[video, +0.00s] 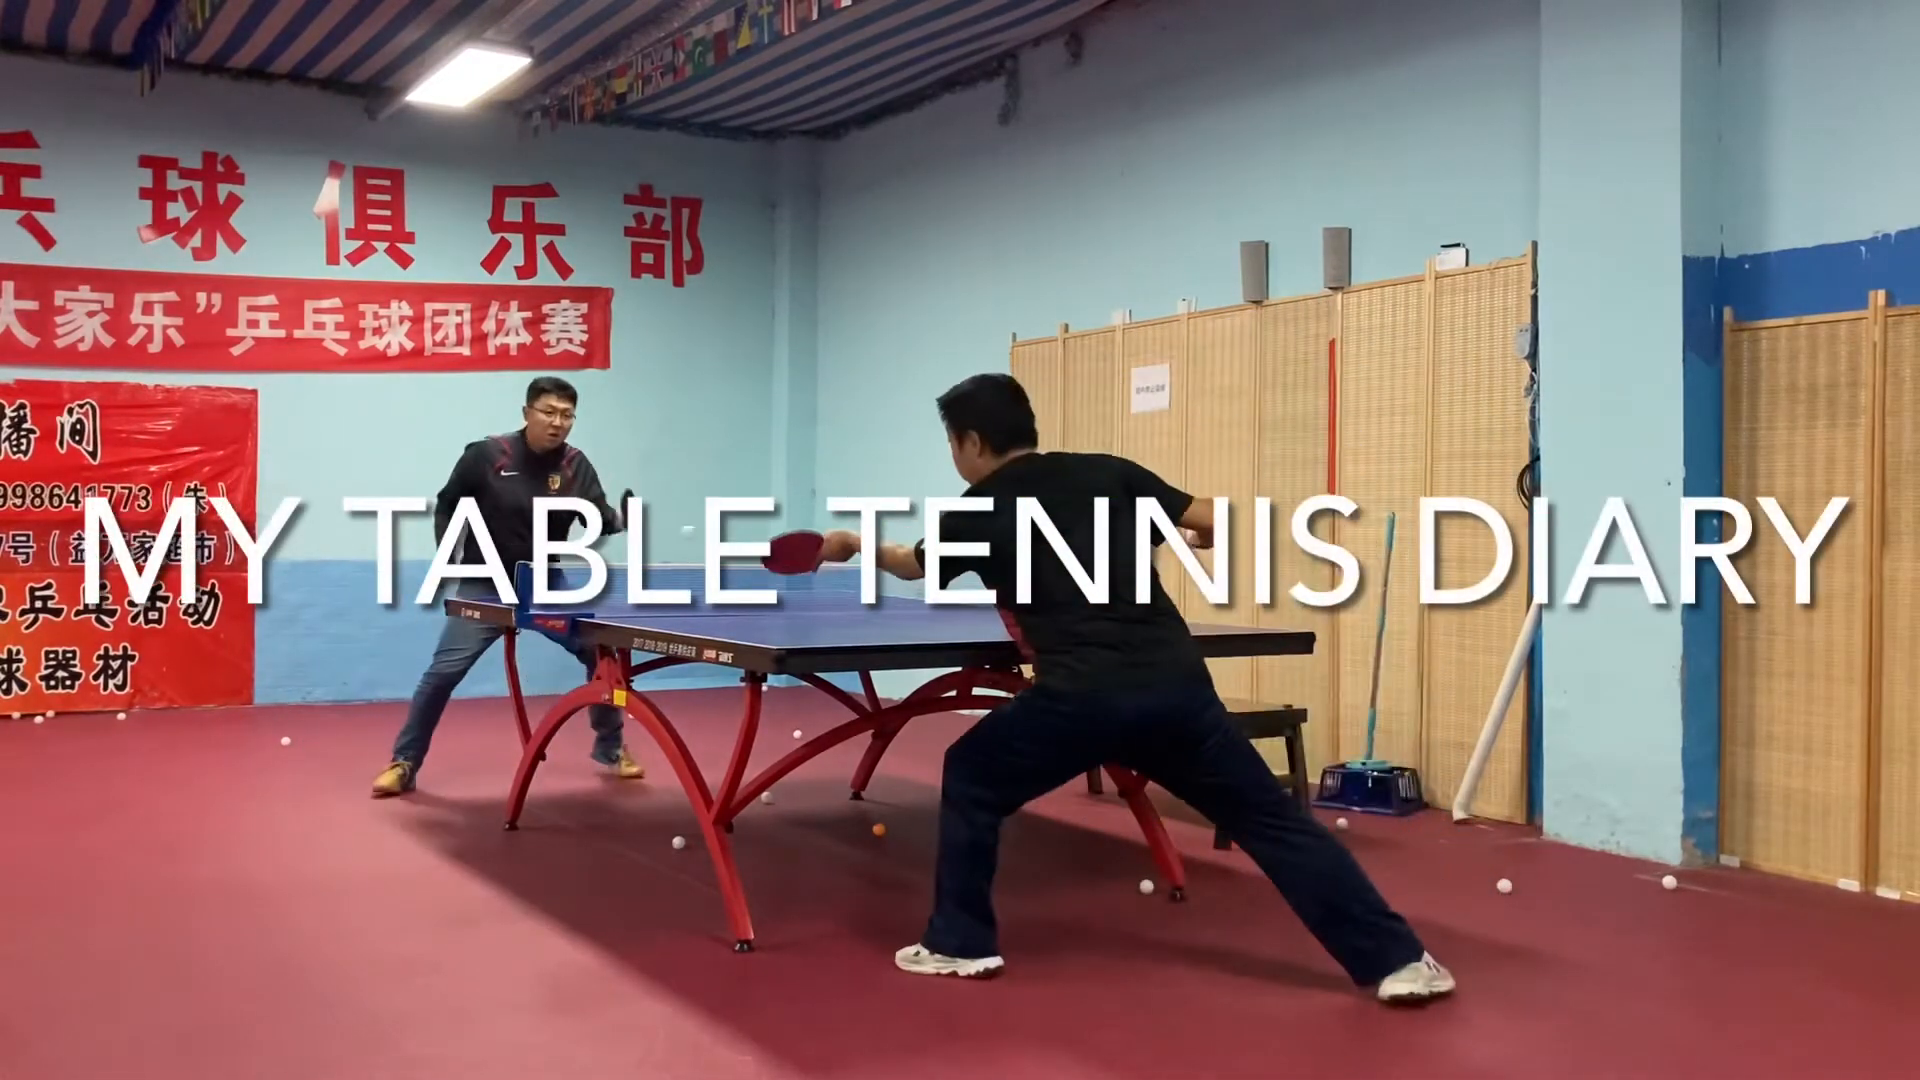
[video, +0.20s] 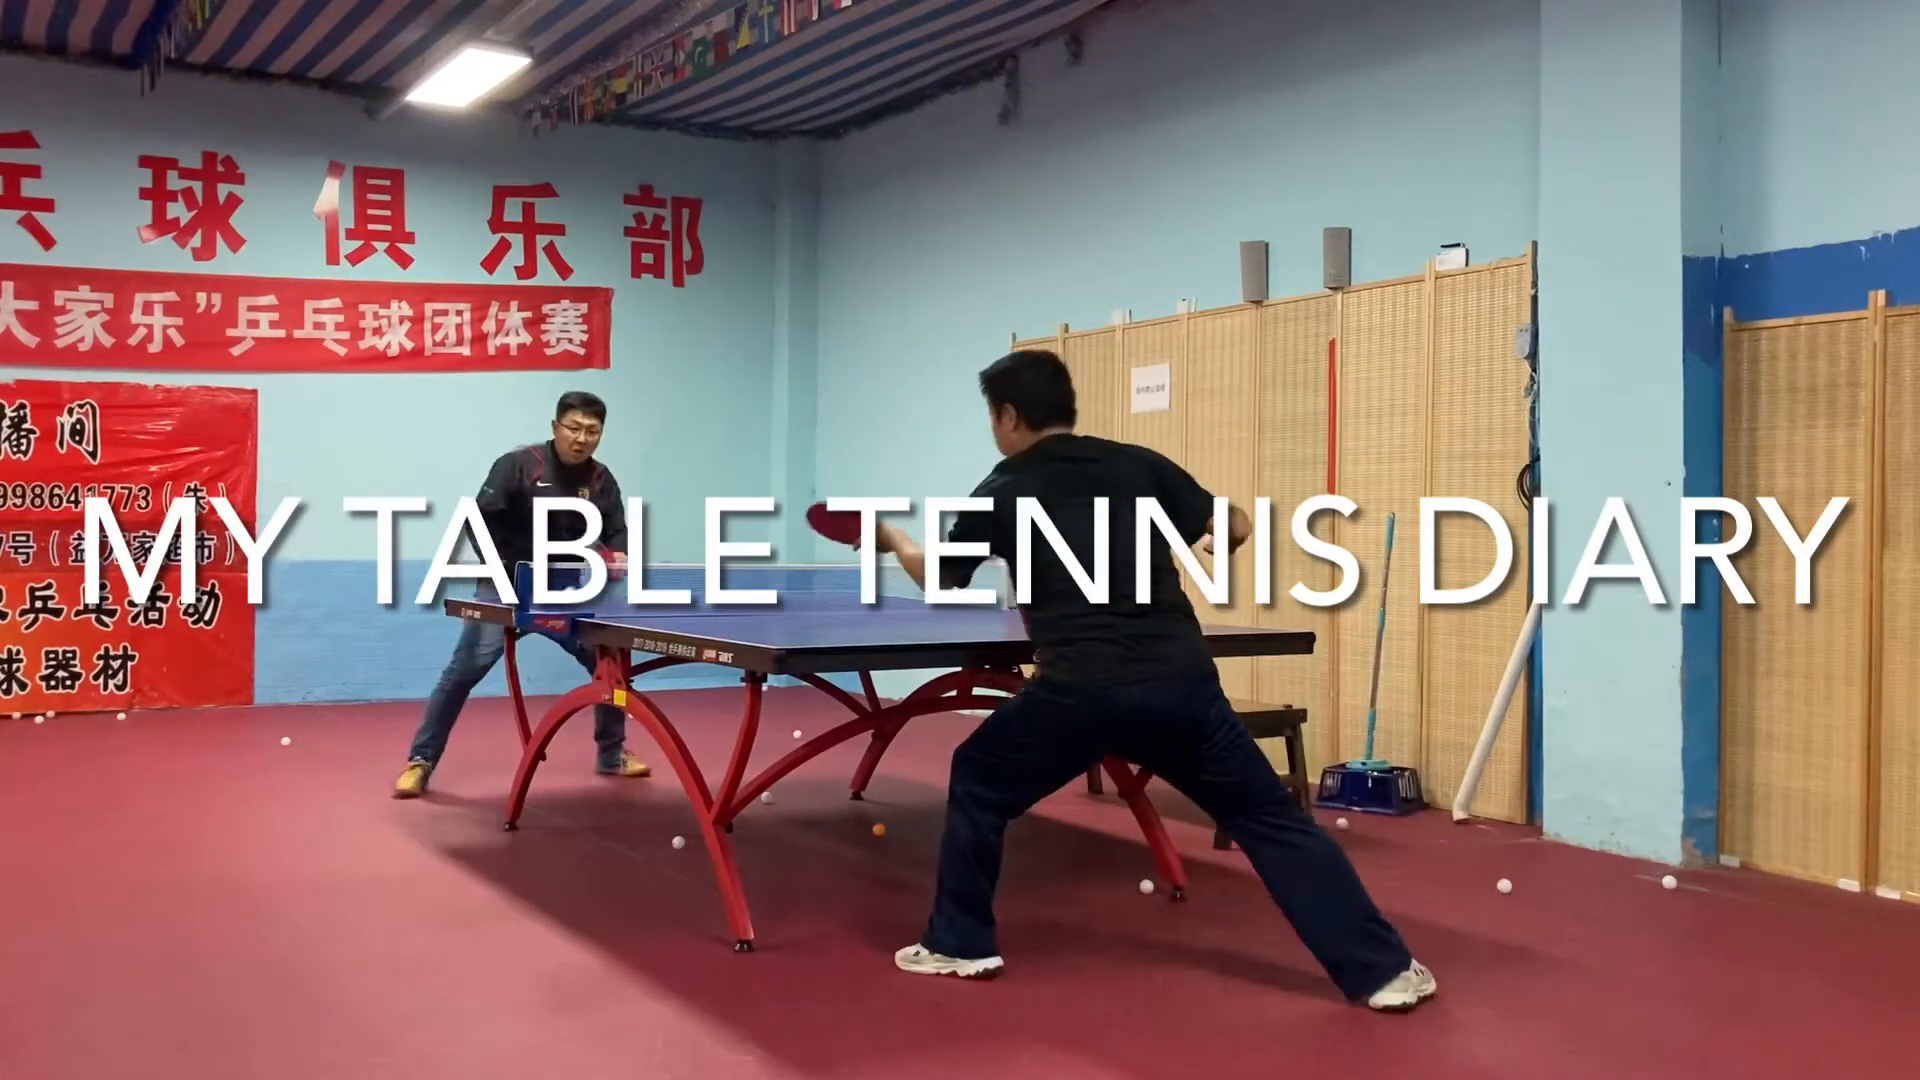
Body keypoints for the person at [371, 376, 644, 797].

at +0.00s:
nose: (558, 422)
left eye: (566, 415)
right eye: (548, 413)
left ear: (573, 419)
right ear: (527, 413)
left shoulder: (576, 465)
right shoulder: (485, 456)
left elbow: (598, 521)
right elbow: (446, 510)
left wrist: (620, 518)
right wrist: (460, 568)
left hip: (547, 587)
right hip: (484, 587)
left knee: (604, 650)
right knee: (443, 672)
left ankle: (610, 750)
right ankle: (404, 764)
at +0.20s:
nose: (580, 438)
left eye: (590, 431)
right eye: (572, 428)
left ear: (600, 435)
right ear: (555, 426)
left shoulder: (603, 483)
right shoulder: (517, 467)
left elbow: (618, 541)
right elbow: (477, 527)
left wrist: (615, 557)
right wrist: (500, 577)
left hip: (569, 596)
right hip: (507, 591)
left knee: (611, 660)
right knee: (467, 665)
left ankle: (613, 755)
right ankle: (420, 762)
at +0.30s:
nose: (565, 442)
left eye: (576, 434)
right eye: (558, 432)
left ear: (589, 437)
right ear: (543, 430)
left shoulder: (597, 479)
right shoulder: (509, 467)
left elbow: (608, 541)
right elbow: (473, 524)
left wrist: (562, 564)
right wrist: (501, 566)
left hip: (564, 598)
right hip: (504, 593)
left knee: (612, 659)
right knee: (462, 665)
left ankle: (612, 755)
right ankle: (414, 765)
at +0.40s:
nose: (538, 443)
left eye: (548, 435)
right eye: (530, 433)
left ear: (562, 436)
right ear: (516, 430)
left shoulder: (574, 474)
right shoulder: (488, 465)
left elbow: (573, 535)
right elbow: (457, 517)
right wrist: (466, 541)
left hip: (550, 595)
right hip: (491, 593)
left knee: (602, 666)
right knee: (451, 670)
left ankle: (611, 755)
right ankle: (413, 766)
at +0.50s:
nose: (504, 448)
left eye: (514, 439)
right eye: (495, 437)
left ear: (528, 438)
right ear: (481, 434)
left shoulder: (543, 473)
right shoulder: (459, 467)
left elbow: (529, 536)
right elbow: (436, 529)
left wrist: (472, 557)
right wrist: (419, 572)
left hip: (533, 590)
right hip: (474, 592)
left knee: (582, 665)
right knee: (441, 668)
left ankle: (610, 753)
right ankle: (412, 766)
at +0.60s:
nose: (476, 447)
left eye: (485, 438)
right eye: (467, 438)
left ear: (500, 437)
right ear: (453, 435)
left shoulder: (517, 471)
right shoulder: (434, 470)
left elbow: (514, 529)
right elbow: (417, 535)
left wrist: (468, 562)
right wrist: (391, 589)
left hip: (516, 587)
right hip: (459, 590)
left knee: (567, 664)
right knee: (432, 666)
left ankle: (608, 754)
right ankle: (409, 766)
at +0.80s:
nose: (458, 434)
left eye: (466, 424)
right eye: (448, 425)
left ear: (478, 424)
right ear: (431, 427)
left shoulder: (501, 459)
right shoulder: (413, 468)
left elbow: (521, 521)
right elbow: (393, 532)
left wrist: (491, 572)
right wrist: (381, 585)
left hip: (512, 579)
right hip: (454, 582)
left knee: (556, 659)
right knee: (430, 666)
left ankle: (584, 749)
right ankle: (408, 767)